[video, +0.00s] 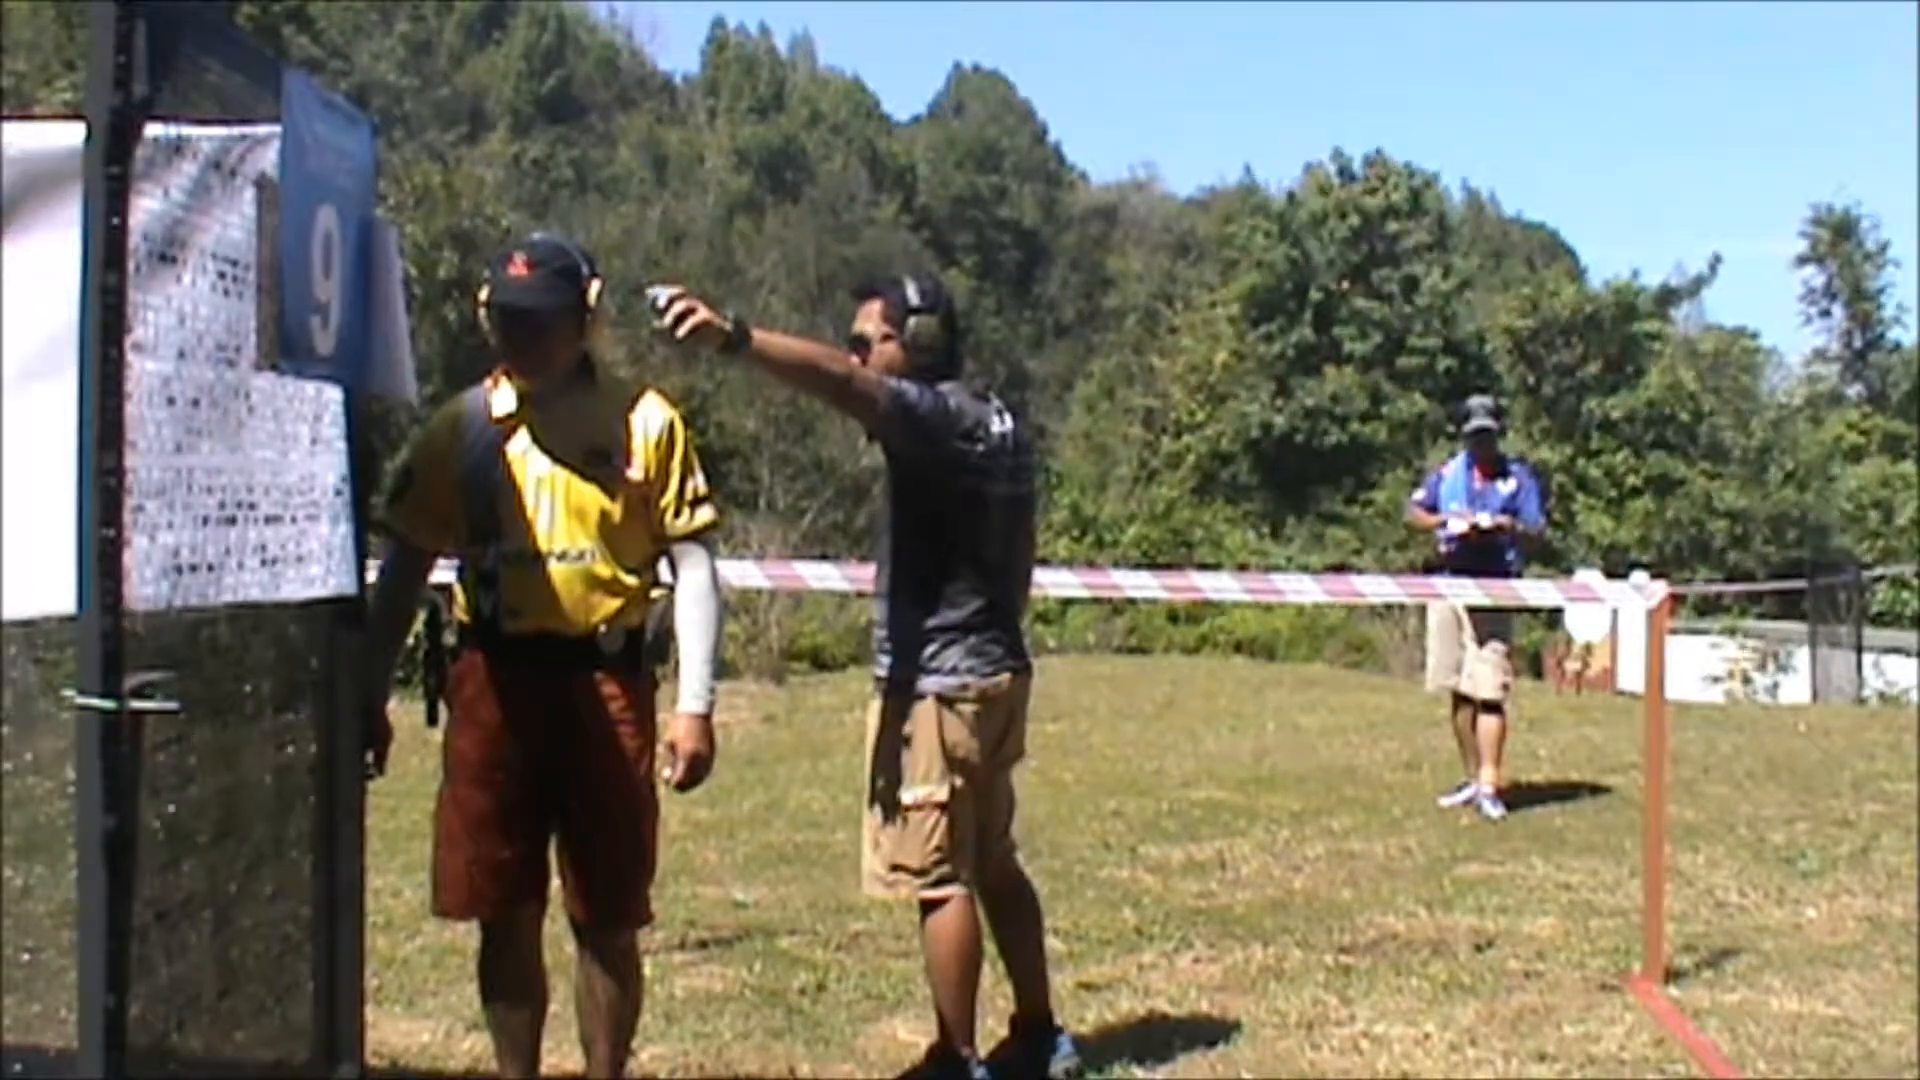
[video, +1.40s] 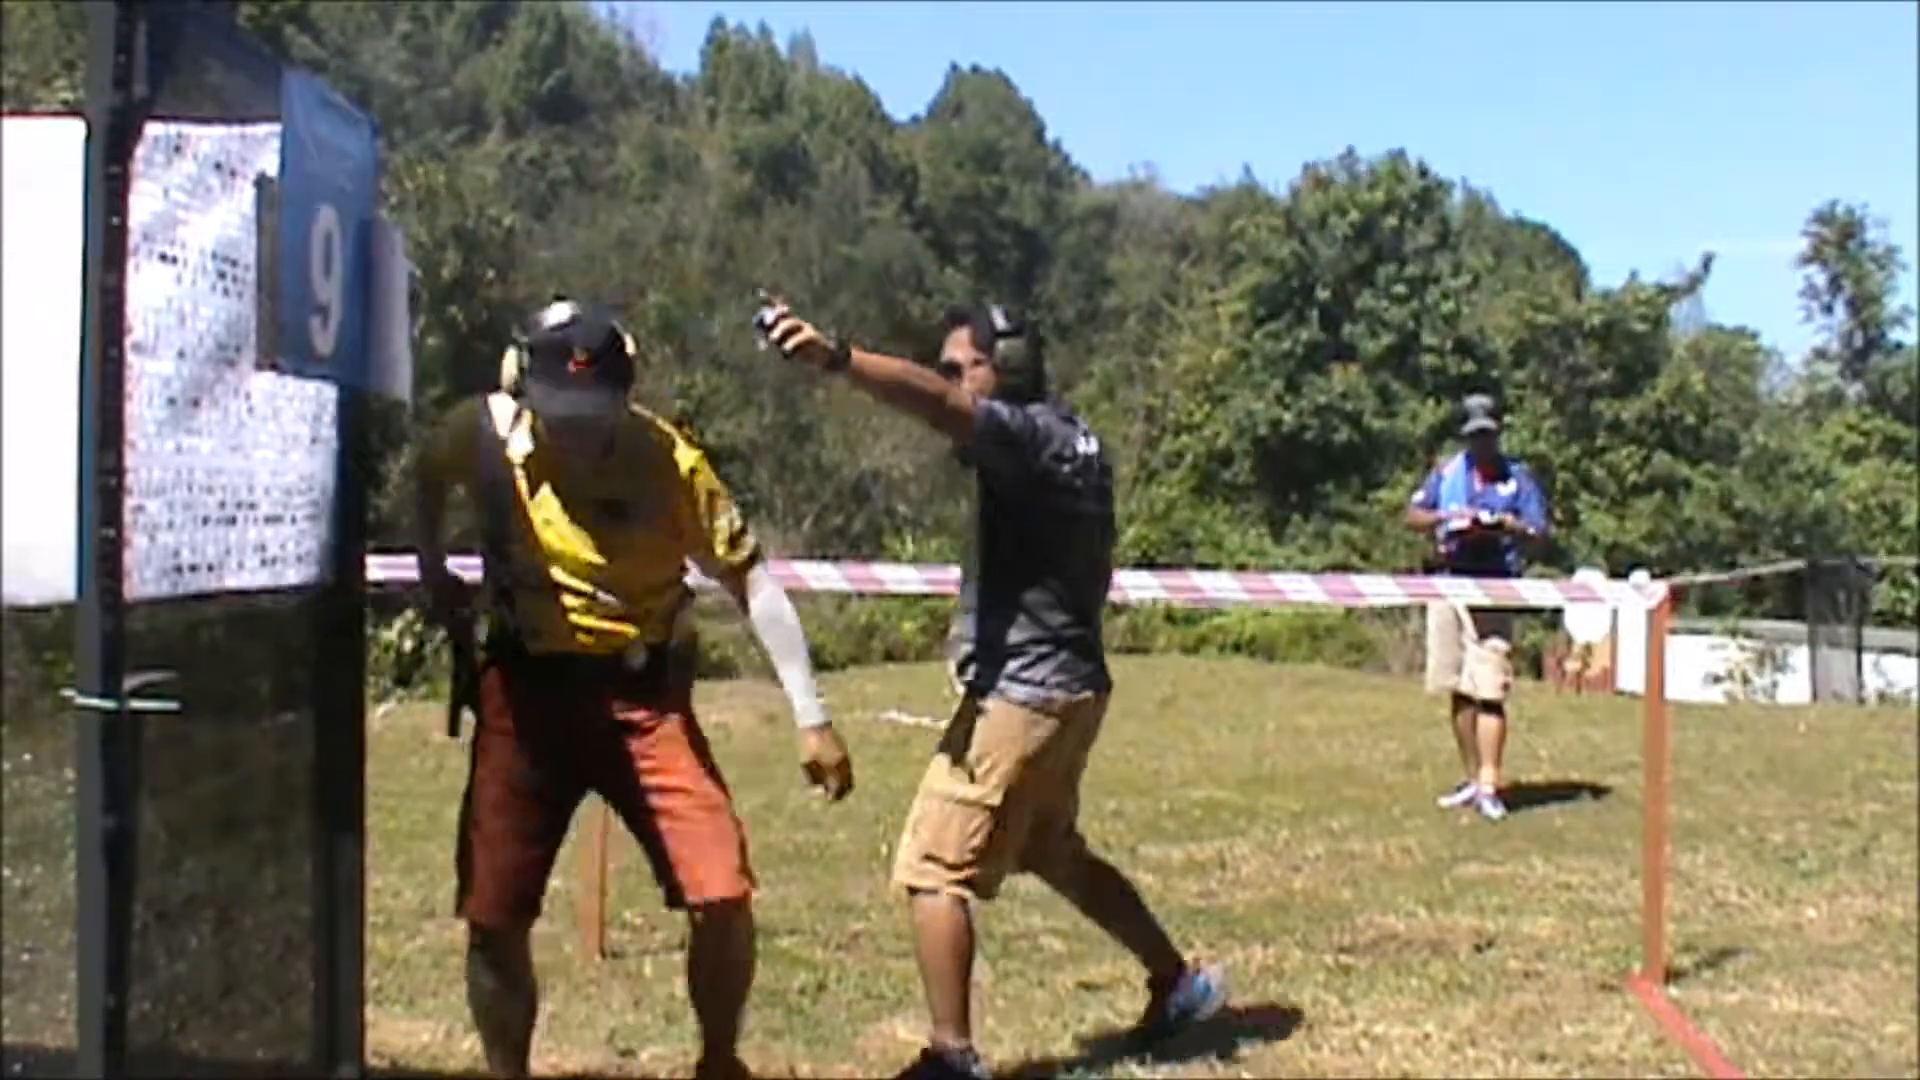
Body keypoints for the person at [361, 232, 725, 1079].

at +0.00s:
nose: (519, 338)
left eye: (539, 323)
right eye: (507, 320)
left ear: (586, 323)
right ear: (490, 317)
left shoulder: (645, 424)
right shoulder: (463, 426)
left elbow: (693, 565)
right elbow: (405, 565)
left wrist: (695, 701)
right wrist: (369, 695)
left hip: (606, 692)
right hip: (495, 693)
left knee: (607, 923)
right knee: (503, 914)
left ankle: (607, 1071)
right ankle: (517, 1072)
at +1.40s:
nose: (580, 433)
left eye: (595, 416)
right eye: (562, 416)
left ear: (624, 394)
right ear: (531, 394)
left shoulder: (671, 461)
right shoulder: (490, 432)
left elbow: (752, 583)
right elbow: (425, 475)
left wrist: (813, 718)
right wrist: (436, 583)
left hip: (645, 702)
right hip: (526, 698)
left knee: (724, 898)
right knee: (493, 922)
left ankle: (719, 1061)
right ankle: (509, 1072)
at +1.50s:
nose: (594, 453)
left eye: (610, 435)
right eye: (575, 437)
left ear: (638, 411)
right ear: (545, 413)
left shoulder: (685, 481)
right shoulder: (495, 455)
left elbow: (766, 594)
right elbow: (455, 522)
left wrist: (818, 723)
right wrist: (479, 649)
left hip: (664, 714)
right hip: (541, 712)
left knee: (757, 909)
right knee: (491, 928)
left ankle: (789, 1048)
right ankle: (503, 1071)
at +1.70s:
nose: (704, 512)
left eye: (712, 491)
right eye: (682, 500)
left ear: (726, 467)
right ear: (638, 485)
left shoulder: (772, 547)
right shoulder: (581, 514)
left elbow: (843, 644)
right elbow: (531, 551)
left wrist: (916, 759)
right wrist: (552, 665)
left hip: (736, 769)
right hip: (613, 763)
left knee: (850, 946)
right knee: (538, 957)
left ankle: (916, 1070)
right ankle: (525, 1071)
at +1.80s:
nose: (811, 500)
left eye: (826, 481)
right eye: (789, 483)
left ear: (848, 464)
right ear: (748, 466)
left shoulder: (885, 552)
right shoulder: (693, 502)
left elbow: (975, 646)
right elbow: (617, 522)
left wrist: (1063, 756)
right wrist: (635, 637)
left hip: (815, 780)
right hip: (690, 763)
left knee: (909, 951)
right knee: (583, 948)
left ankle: (927, 1072)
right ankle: (537, 1070)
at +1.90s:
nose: (863, 450)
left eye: (883, 432)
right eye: (848, 432)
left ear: (924, 430)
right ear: (830, 425)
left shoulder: (975, 534)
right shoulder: (787, 475)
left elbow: (1068, 628)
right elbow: (710, 492)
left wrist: (1157, 742)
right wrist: (721, 599)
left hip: (890, 763)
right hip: (769, 740)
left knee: (946, 961)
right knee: (648, 936)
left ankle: (954, 1076)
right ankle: (562, 1066)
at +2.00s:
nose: (949, 387)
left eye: (970, 371)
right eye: (941, 367)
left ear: (1018, 373)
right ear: (930, 365)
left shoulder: (1083, 474)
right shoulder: (895, 436)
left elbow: (1189, 561)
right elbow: (820, 467)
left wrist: (1249, 681)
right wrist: (833, 553)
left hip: (1007, 742)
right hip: (889, 719)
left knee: (1001, 958)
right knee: (810, 905)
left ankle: (970, 1070)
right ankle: (816, 1038)